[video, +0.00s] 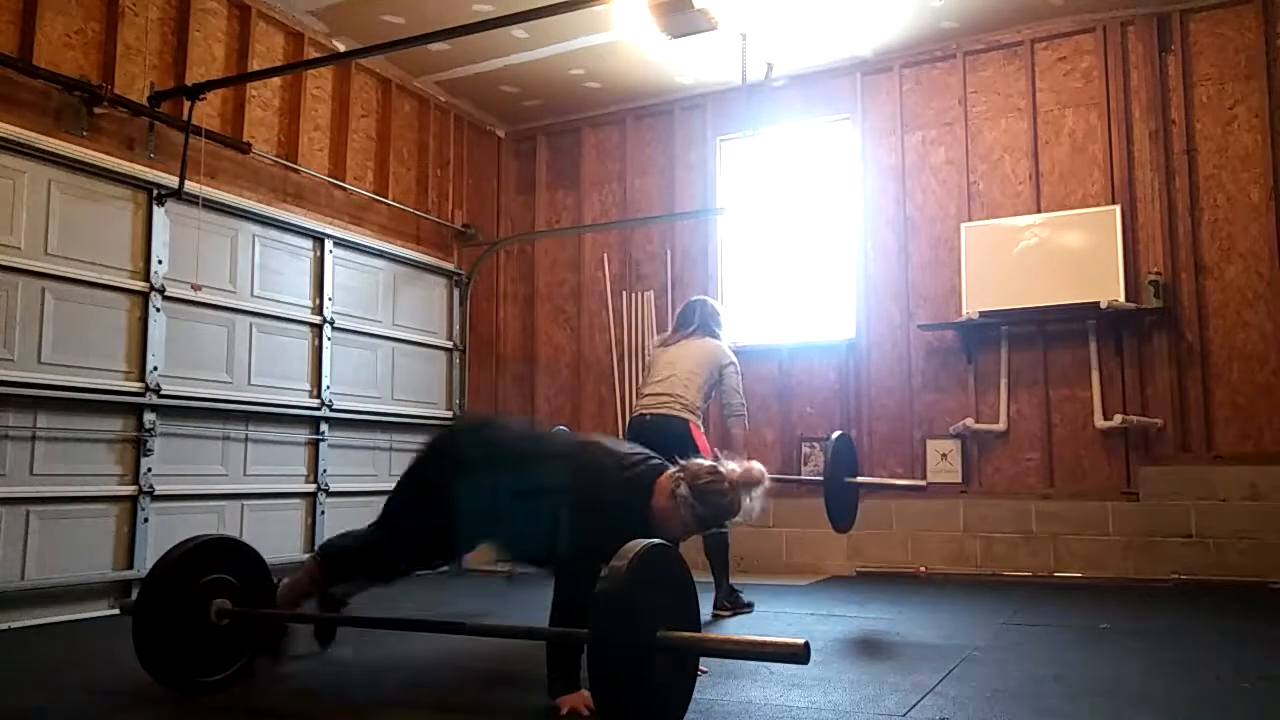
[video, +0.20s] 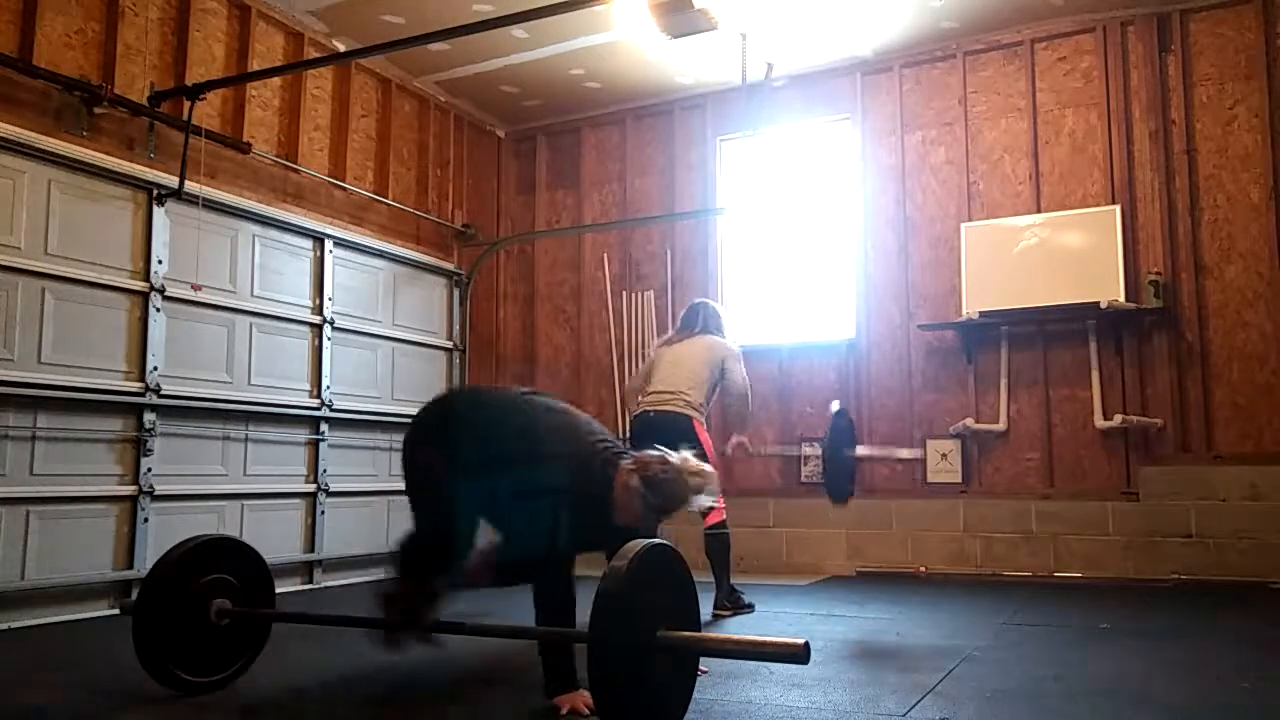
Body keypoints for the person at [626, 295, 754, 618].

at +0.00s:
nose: (722, 329)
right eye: (720, 323)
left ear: (680, 320)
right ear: (714, 323)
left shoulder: (660, 347)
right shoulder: (720, 351)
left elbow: (646, 390)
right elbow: (735, 408)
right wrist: (739, 461)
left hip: (639, 425)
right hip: (679, 428)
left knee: (648, 509)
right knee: (711, 507)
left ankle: (647, 593)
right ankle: (724, 592)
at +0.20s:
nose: (723, 329)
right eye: (721, 322)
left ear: (683, 322)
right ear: (716, 323)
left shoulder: (663, 347)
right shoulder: (723, 347)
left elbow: (631, 386)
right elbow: (738, 388)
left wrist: (637, 418)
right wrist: (739, 432)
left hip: (643, 422)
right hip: (683, 423)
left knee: (645, 508)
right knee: (711, 506)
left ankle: (634, 593)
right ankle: (724, 592)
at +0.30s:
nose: (723, 332)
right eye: (721, 327)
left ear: (685, 325)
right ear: (716, 326)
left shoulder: (664, 348)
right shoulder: (721, 343)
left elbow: (624, 370)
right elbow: (742, 363)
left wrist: (640, 406)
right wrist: (739, 409)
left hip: (646, 420)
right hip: (687, 422)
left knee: (651, 507)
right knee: (715, 508)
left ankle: (629, 588)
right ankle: (725, 593)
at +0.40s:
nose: (721, 336)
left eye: (719, 332)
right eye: (721, 331)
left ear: (686, 328)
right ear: (716, 330)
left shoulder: (664, 350)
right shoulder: (720, 345)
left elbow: (622, 358)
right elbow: (748, 352)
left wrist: (632, 394)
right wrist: (739, 392)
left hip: (648, 420)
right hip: (688, 423)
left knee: (653, 506)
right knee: (717, 506)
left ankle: (629, 585)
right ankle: (725, 591)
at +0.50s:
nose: (724, 332)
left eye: (722, 328)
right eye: (722, 327)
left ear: (687, 328)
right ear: (716, 328)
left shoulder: (665, 352)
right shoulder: (720, 346)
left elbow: (625, 364)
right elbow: (747, 356)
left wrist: (637, 399)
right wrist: (738, 399)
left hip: (650, 422)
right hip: (689, 422)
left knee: (653, 506)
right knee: (715, 507)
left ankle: (631, 585)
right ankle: (723, 592)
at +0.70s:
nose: (725, 335)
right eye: (724, 330)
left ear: (686, 328)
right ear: (718, 330)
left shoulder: (668, 352)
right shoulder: (725, 355)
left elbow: (660, 396)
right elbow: (740, 410)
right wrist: (742, 455)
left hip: (645, 423)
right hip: (685, 424)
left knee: (652, 508)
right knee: (714, 508)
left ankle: (629, 585)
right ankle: (723, 591)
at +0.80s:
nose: (727, 344)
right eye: (725, 338)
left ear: (687, 337)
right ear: (720, 337)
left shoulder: (670, 359)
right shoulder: (726, 362)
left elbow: (658, 402)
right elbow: (740, 417)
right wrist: (745, 465)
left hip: (644, 426)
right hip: (683, 427)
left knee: (651, 508)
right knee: (715, 508)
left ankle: (630, 583)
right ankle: (723, 591)